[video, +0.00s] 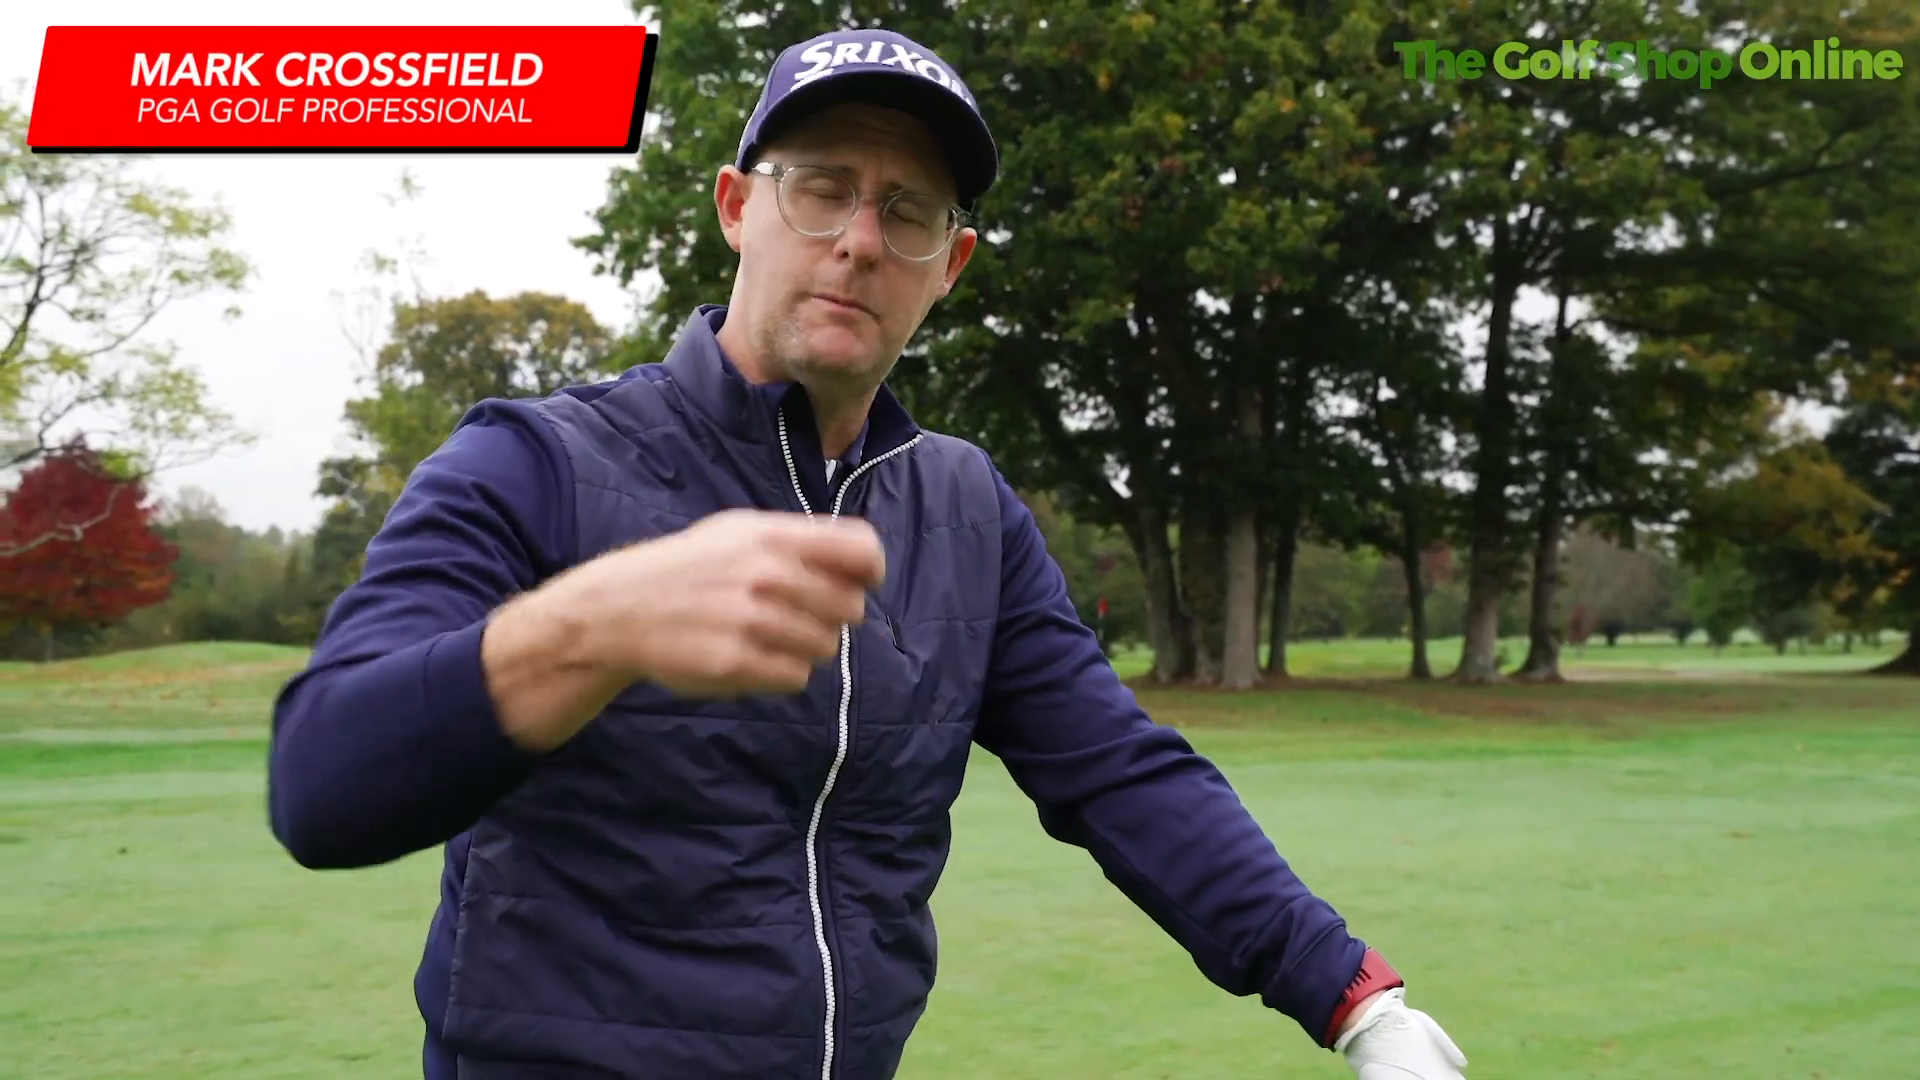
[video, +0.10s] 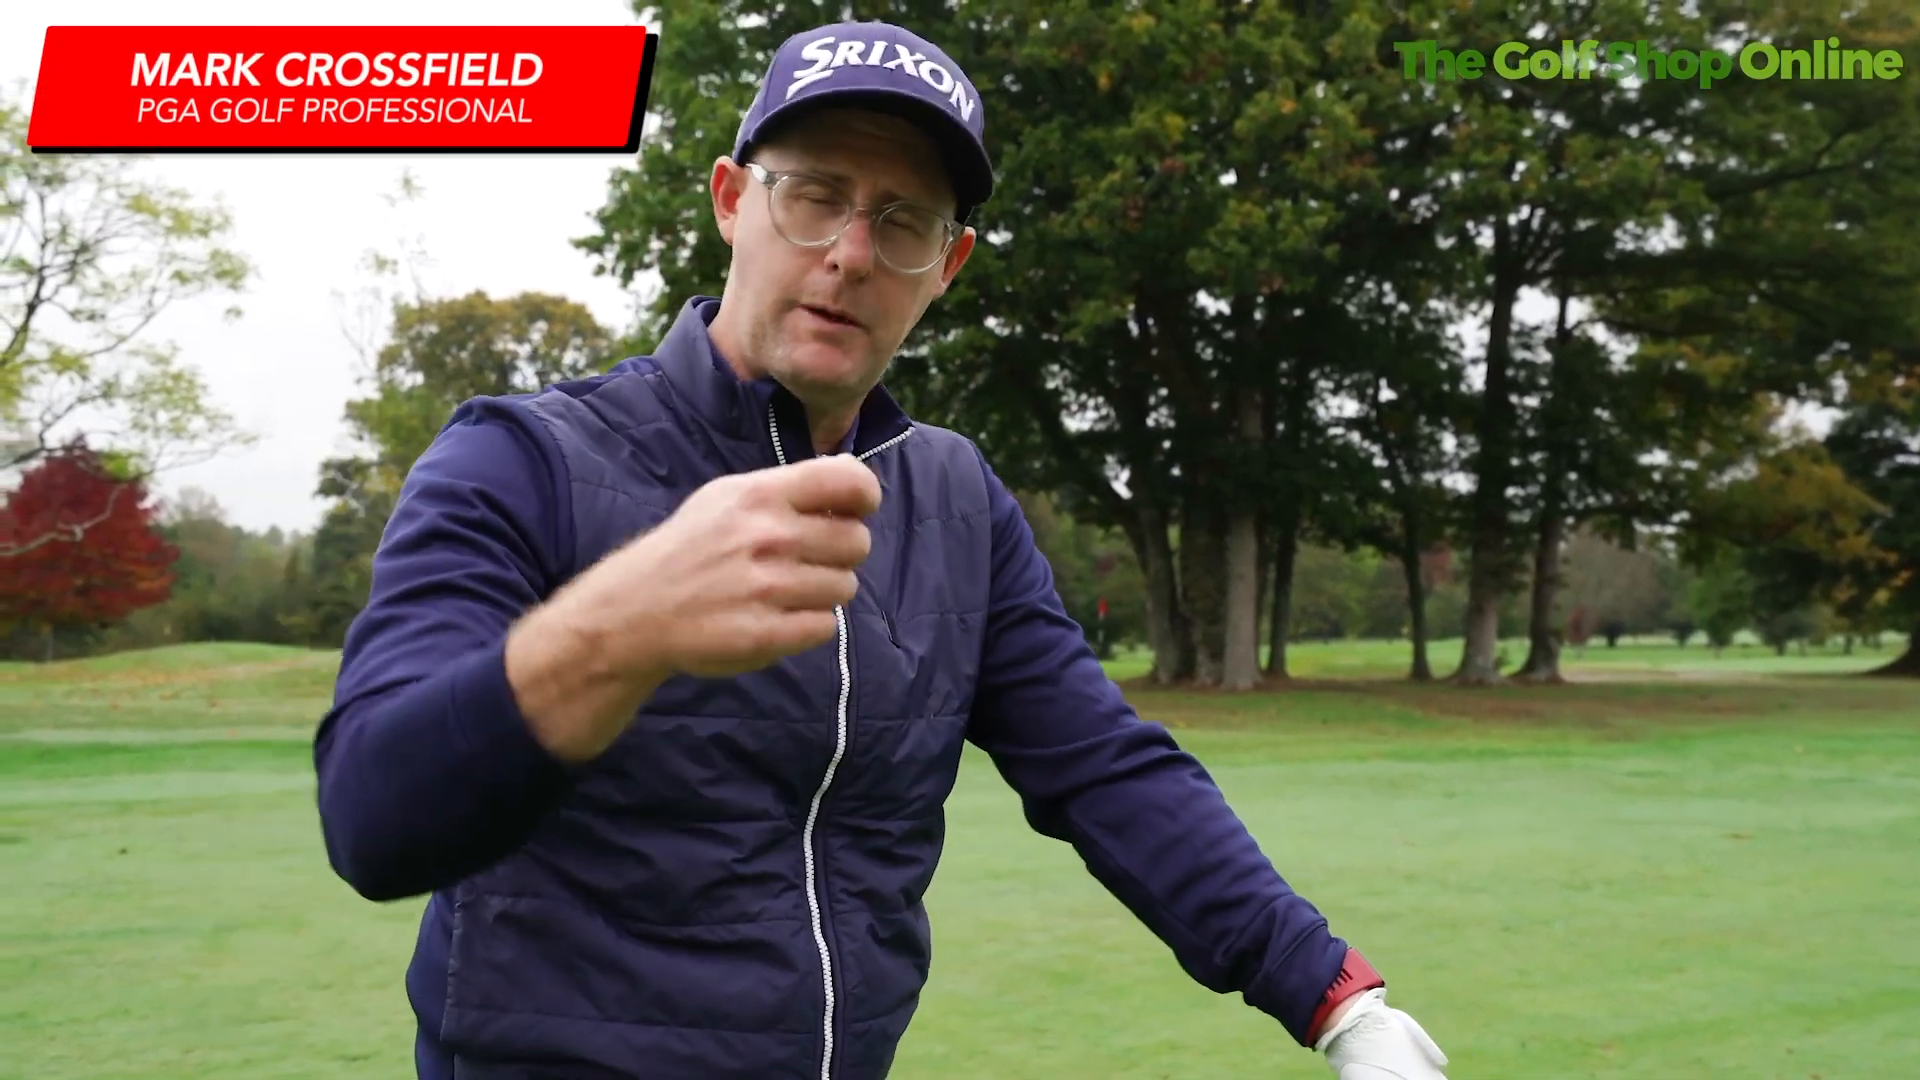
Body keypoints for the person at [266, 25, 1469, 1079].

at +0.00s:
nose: (860, 238)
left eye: (907, 210)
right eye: (822, 189)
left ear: (948, 269)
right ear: (738, 212)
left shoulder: (971, 516)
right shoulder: (539, 463)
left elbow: (1121, 775)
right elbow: (321, 798)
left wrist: (1359, 1000)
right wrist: (589, 624)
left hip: (844, 1063)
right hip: (554, 1058)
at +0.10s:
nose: (850, 252)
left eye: (902, 220)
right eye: (815, 196)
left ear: (947, 268)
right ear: (730, 203)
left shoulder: (957, 504)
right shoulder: (527, 456)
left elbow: (1106, 768)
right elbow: (374, 824)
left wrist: (1348, 1009)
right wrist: (608, 633)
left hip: (836, 1057)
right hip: (546, 1055)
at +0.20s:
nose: (832, 255)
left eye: (880, 219)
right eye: (793, 198)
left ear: (928, 264)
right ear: (701, 208)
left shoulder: (935, 509)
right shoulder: (504, 478)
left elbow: (1092, 777)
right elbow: (388, 868)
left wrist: (1339, 1010)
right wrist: (646, 714)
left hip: (831, 1060)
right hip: (536, 1061)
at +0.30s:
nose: (812, 257)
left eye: (857, 218)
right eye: (765, 201)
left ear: (897, 267)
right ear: (665, 221)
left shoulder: (904, 510)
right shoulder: (473, 512)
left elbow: (1074, 782)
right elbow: (366, 936)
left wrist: (1335, 1014)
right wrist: (651, 812)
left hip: (838, 1058)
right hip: (543, 1058)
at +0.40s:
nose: (785, 253)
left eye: (828, 209)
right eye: (734, 198)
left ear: (873, 247)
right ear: (634, 219)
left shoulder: (897, 507)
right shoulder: (445, 518)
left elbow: (1066, 784)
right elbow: (327, 986)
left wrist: (1322, 1018)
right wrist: (599, 788)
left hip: (822, 1062)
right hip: (519, 1065)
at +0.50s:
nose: (765, 249)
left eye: (810, 206)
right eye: (714, 193)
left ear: (856, 243)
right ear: (612, 210)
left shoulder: (887, 501)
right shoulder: (413, 511)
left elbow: (1063, 783)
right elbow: (302, 997)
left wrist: (1320, 1025)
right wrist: (529, 791)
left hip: (812, 1063)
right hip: (499, 1065)